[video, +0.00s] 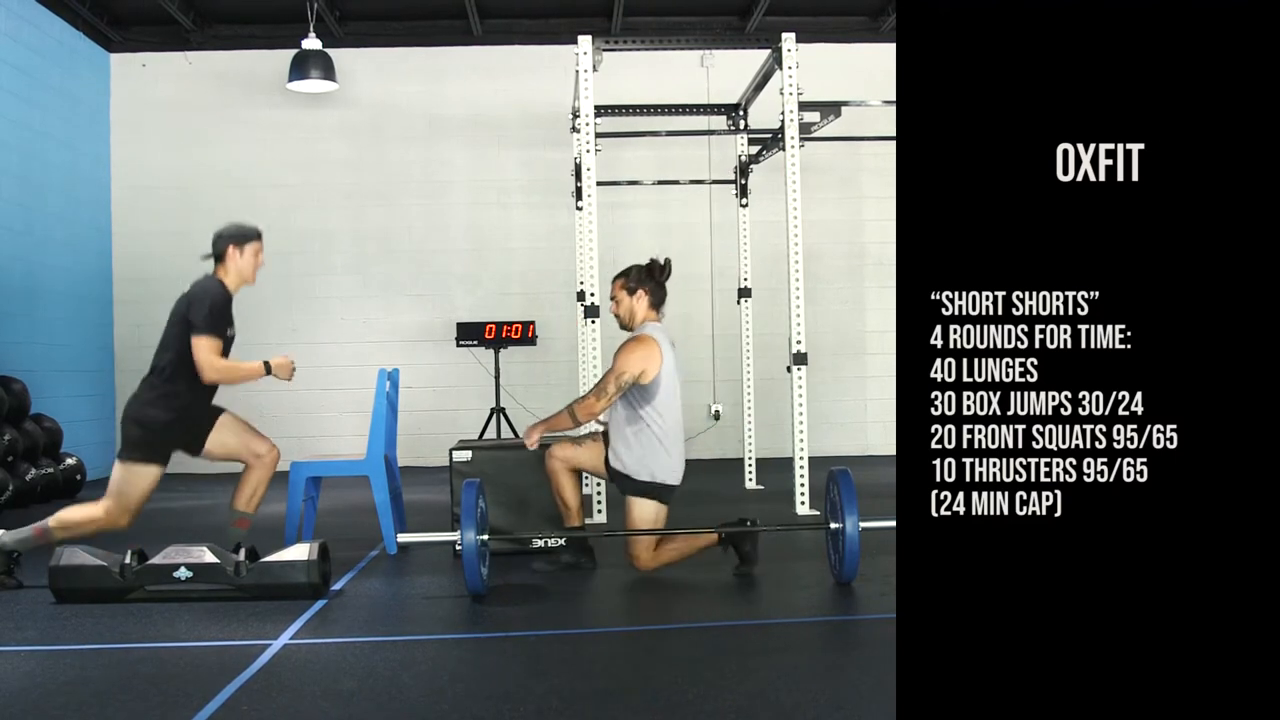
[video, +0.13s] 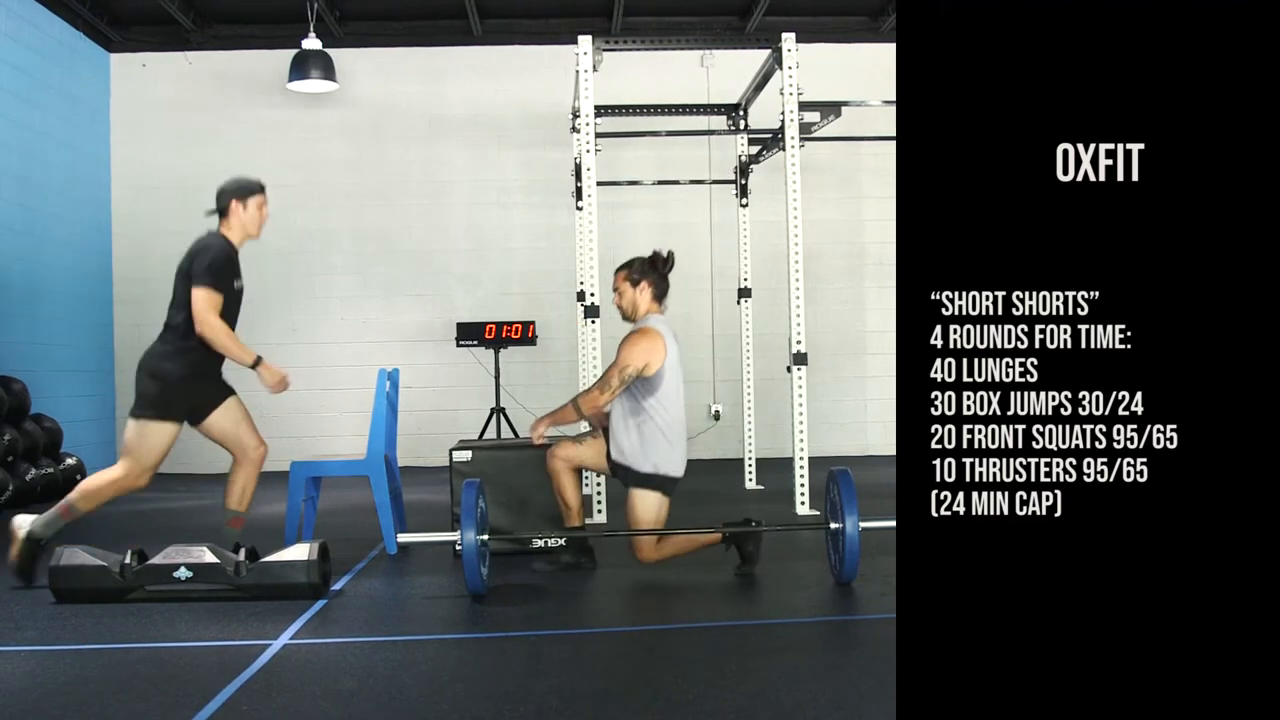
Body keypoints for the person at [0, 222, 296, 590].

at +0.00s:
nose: (262, 261)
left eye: (261, 253)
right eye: (257, 253)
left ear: (234, 255)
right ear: (233, 254)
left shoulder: (219, 298)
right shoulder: (208, 293)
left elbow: (203, 368)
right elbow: (210, 368)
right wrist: (268, 368)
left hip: (188, 414)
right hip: (155, 415)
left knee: (264, 453)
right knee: (115, 514)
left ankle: (234, 550)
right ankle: (11, 541)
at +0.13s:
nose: (265, 216)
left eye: (265, 209)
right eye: (260, 208)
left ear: (237, 209)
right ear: (236, 208)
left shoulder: (225, 255)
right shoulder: (213, 252)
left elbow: (204, 325)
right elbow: (206, 323)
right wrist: (260, 365)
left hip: (198, 377)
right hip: (170, 374)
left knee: (252, 451)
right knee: (134, 473)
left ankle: (229, 551)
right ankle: (35, 530)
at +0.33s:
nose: (264, 180)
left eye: (265, 172)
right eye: (258, 172)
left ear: (243, 174)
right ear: (233, 172)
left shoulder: (242, 226)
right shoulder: (204, 220)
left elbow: (240, 291)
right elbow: (183, 288)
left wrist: (279, 333)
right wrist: (194, 351)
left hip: (220, 346)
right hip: (188, 344)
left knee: (227, 446)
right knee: (200, 446)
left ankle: (227, 547)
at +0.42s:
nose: (264, 180)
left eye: (265, 172)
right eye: (258, 171)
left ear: (244, 174)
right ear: (232, 171)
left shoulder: (245, 225)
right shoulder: (203, 222)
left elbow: (255, 288)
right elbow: (174, 287)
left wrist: (299, 329)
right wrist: (178, 351)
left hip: (225, 349)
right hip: (194, 349)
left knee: (230, 446)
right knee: (207, 448)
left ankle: (226, 545)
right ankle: (192, 550)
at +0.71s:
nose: (265, 193)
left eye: (267, 185)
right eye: (260, 184)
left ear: (245, 183)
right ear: (234, 179)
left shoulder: (246, 227)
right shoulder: (200, 229)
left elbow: (265, 284)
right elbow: (164, 295)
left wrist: (292, 315)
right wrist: (160, 363)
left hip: (218, 352)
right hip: (187, 354)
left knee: (218, 450)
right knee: (224, 450)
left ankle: (153, 532)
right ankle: (214, 553)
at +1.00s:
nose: (262, 276)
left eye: (264, 268)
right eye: (257, 267)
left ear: (237, 264)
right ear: (231, 263)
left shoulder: (246, 309)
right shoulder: (186, 308)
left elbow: (266, 368)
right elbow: (132, 360)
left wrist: (259, 383)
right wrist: (99, 423)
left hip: (193, 419)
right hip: (163, 417)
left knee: (158, 523)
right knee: (255, 461)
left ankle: (61, 531)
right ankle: (223, 557)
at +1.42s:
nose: (245, 272)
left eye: (245, 264)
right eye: (239, 264)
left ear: (221, 267)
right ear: (212, 266)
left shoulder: (233, 314)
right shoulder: (177, 316)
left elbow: (268, 369)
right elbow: (129, 378)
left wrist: (274, 362)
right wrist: (132, 444)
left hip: (185, 431)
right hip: (163, 433)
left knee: (148, 527)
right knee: (254, 461)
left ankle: (50, 535)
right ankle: (222, 556)